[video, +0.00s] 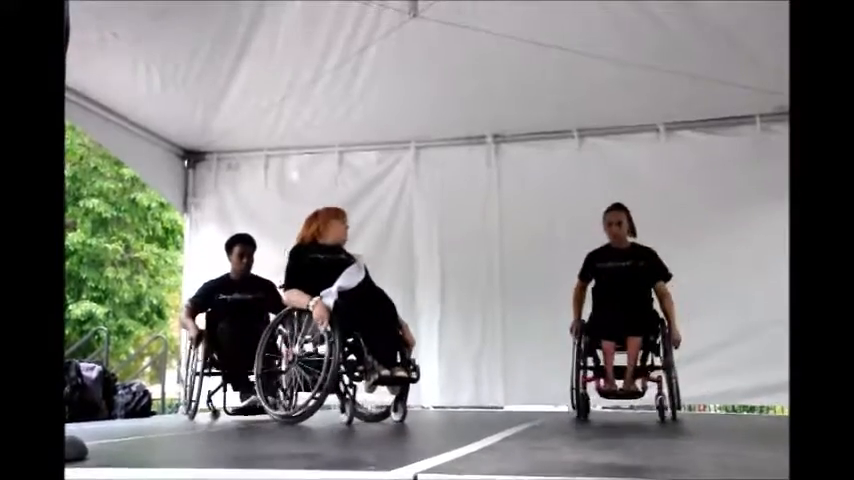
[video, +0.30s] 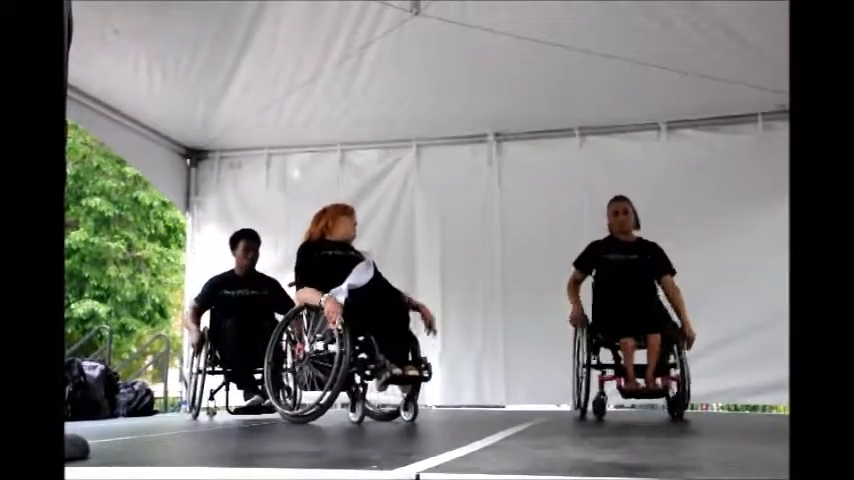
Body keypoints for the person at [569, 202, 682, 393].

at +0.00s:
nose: (614, 229)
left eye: (619, 224)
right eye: (609, 224)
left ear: (628, 225)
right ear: (604, 228)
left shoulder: (646, 255)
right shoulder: (595, 257)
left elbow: (662, 293)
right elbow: (581, 287)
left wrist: (672, 326)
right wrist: (577, 319)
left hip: (638, 313)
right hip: (607, 314)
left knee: (637, 320)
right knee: (606, 322)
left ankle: (629, 380)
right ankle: (609, 379)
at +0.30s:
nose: (621, 217)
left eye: (626, 212)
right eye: (615, 213)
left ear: (634, 218)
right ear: (608, 220)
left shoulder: (650, 249)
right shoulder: (597, 249)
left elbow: (669, 286)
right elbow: (574, 282)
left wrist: (686, 324)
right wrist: (576, 308)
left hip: (645, 309)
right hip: (611, 310)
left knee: (656, 330)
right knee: (627, 334)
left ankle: (651, 378)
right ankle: (630, 379)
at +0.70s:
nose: (647, 212)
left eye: (650, 208)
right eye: (641, 206)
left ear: (651, 213)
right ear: (624, 211)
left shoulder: (658, 238)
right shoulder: (613, 238)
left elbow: (688, 209)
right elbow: (605, 204)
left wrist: (701, 169)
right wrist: (630, 171)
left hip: (661, 305)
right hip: (629, 307)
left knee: (699, 302)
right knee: (673, 310)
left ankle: (697, 377)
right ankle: (679, 380)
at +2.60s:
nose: (684, 218)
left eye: (686, 213)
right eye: (680, 211)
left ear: (679, 211)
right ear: (661, 206)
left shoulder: (674, 238)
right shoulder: (637, 231)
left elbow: (686, 262)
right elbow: (593, 253)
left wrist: (708, 271)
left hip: (684, 308)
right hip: (661, 313)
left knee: (752, 302)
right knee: (742, 305)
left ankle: (748, 372)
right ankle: (749, 375)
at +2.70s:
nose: (670, 222)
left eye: (674, 217)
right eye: (667, 215)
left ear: (670, 215)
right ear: (649, 208)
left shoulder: (671, 238)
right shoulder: (626, 230)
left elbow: (691, 239)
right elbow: (580, 229)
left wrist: (709, 233)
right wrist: (538, 218)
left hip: (674, 310)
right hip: (652, 313)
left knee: (737, 303)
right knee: (735, 305)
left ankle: (734, 372)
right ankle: (738, 376)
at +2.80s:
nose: (662, 222)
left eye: (665, 217)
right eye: (658, 215)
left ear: (664, 217)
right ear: (640, 210)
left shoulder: (664, 237)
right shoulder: (619, 232)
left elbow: (690, 225)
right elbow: (574, 214)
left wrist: (710, 211)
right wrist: (539, 189)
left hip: (669, 310)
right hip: (644, 314)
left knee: (733, 303)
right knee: (720, 306)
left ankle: (728, 373)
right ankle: (726, 375)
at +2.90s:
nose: (650, 220)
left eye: (654, 215)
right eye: (646, 214)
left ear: (653, 217)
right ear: (629, 211)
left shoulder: (653, 238)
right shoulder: (610, 235)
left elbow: (683, 217)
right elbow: (573, 205)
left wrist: (709, 194)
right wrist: (561, 162)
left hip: (659, 313)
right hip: (632, 317)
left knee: (718, 304)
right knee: (701, 303)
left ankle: (715, 375)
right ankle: (711, 374)